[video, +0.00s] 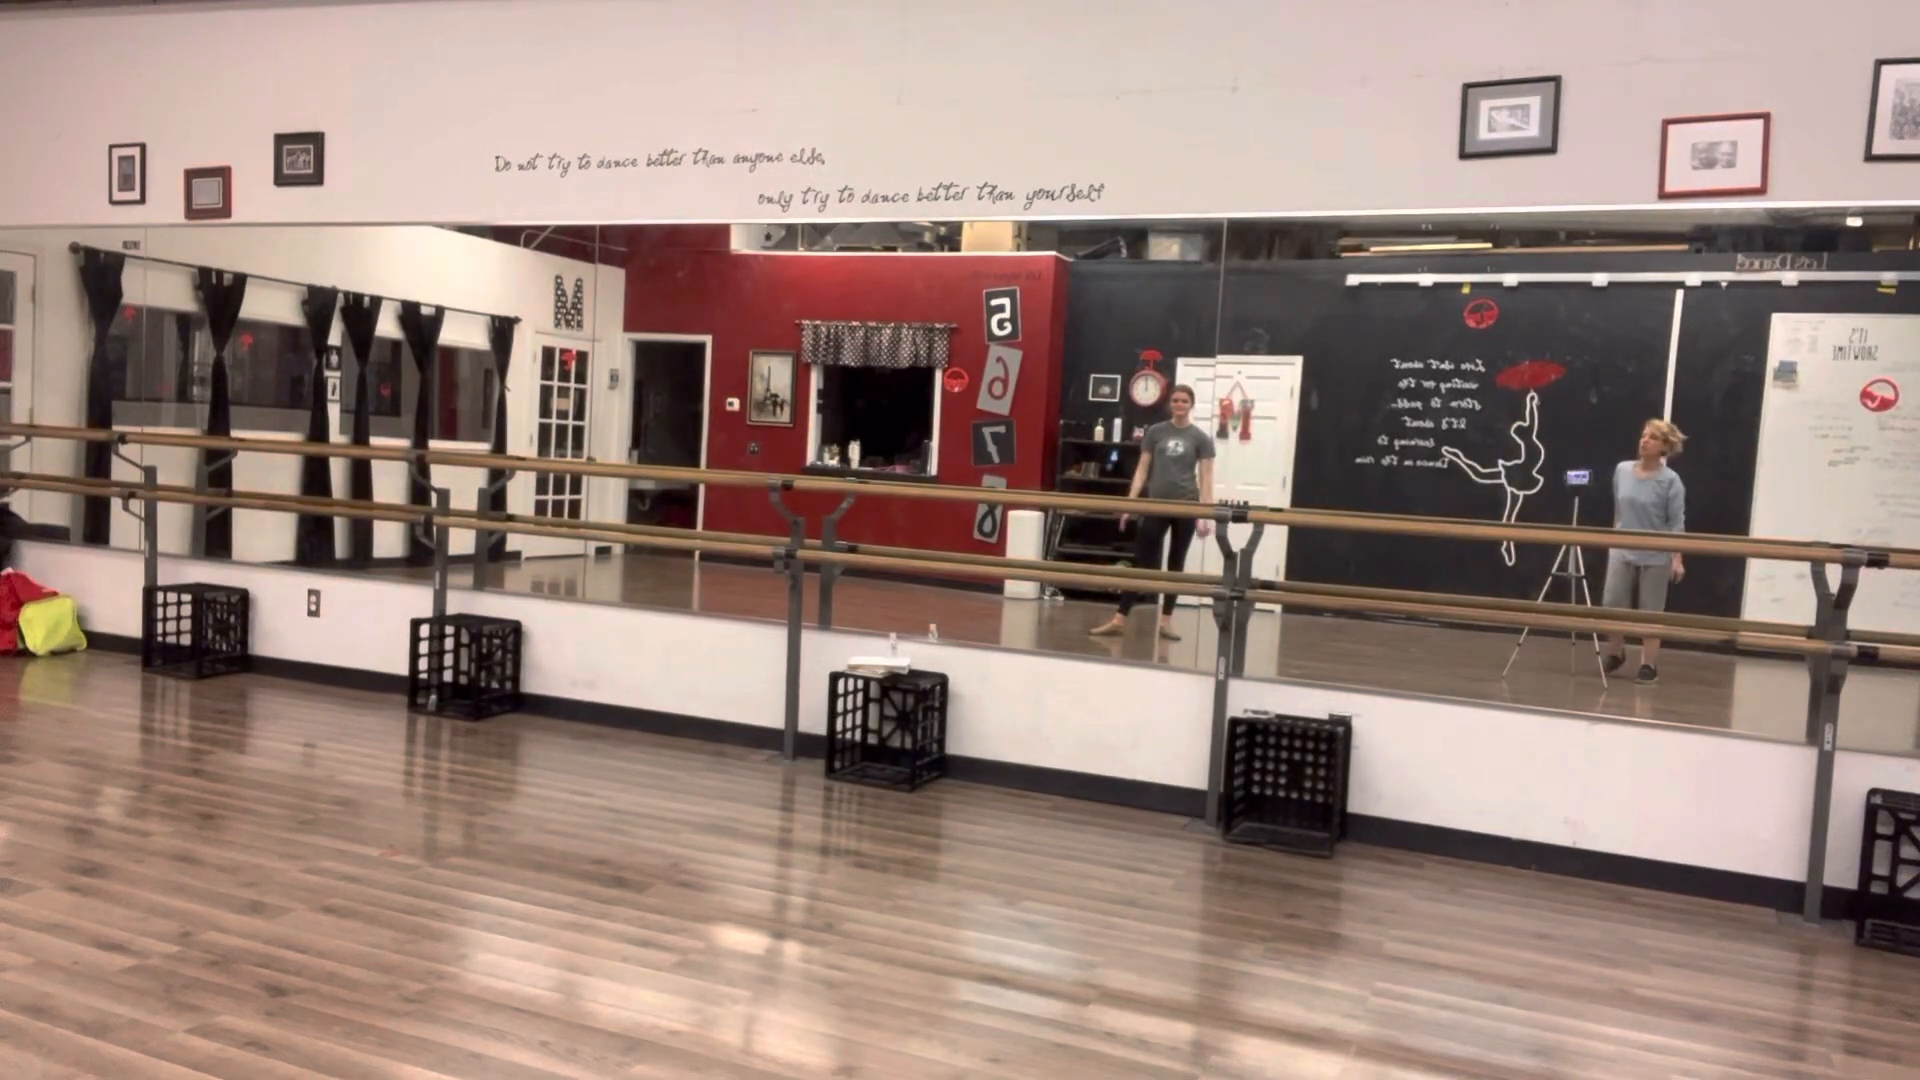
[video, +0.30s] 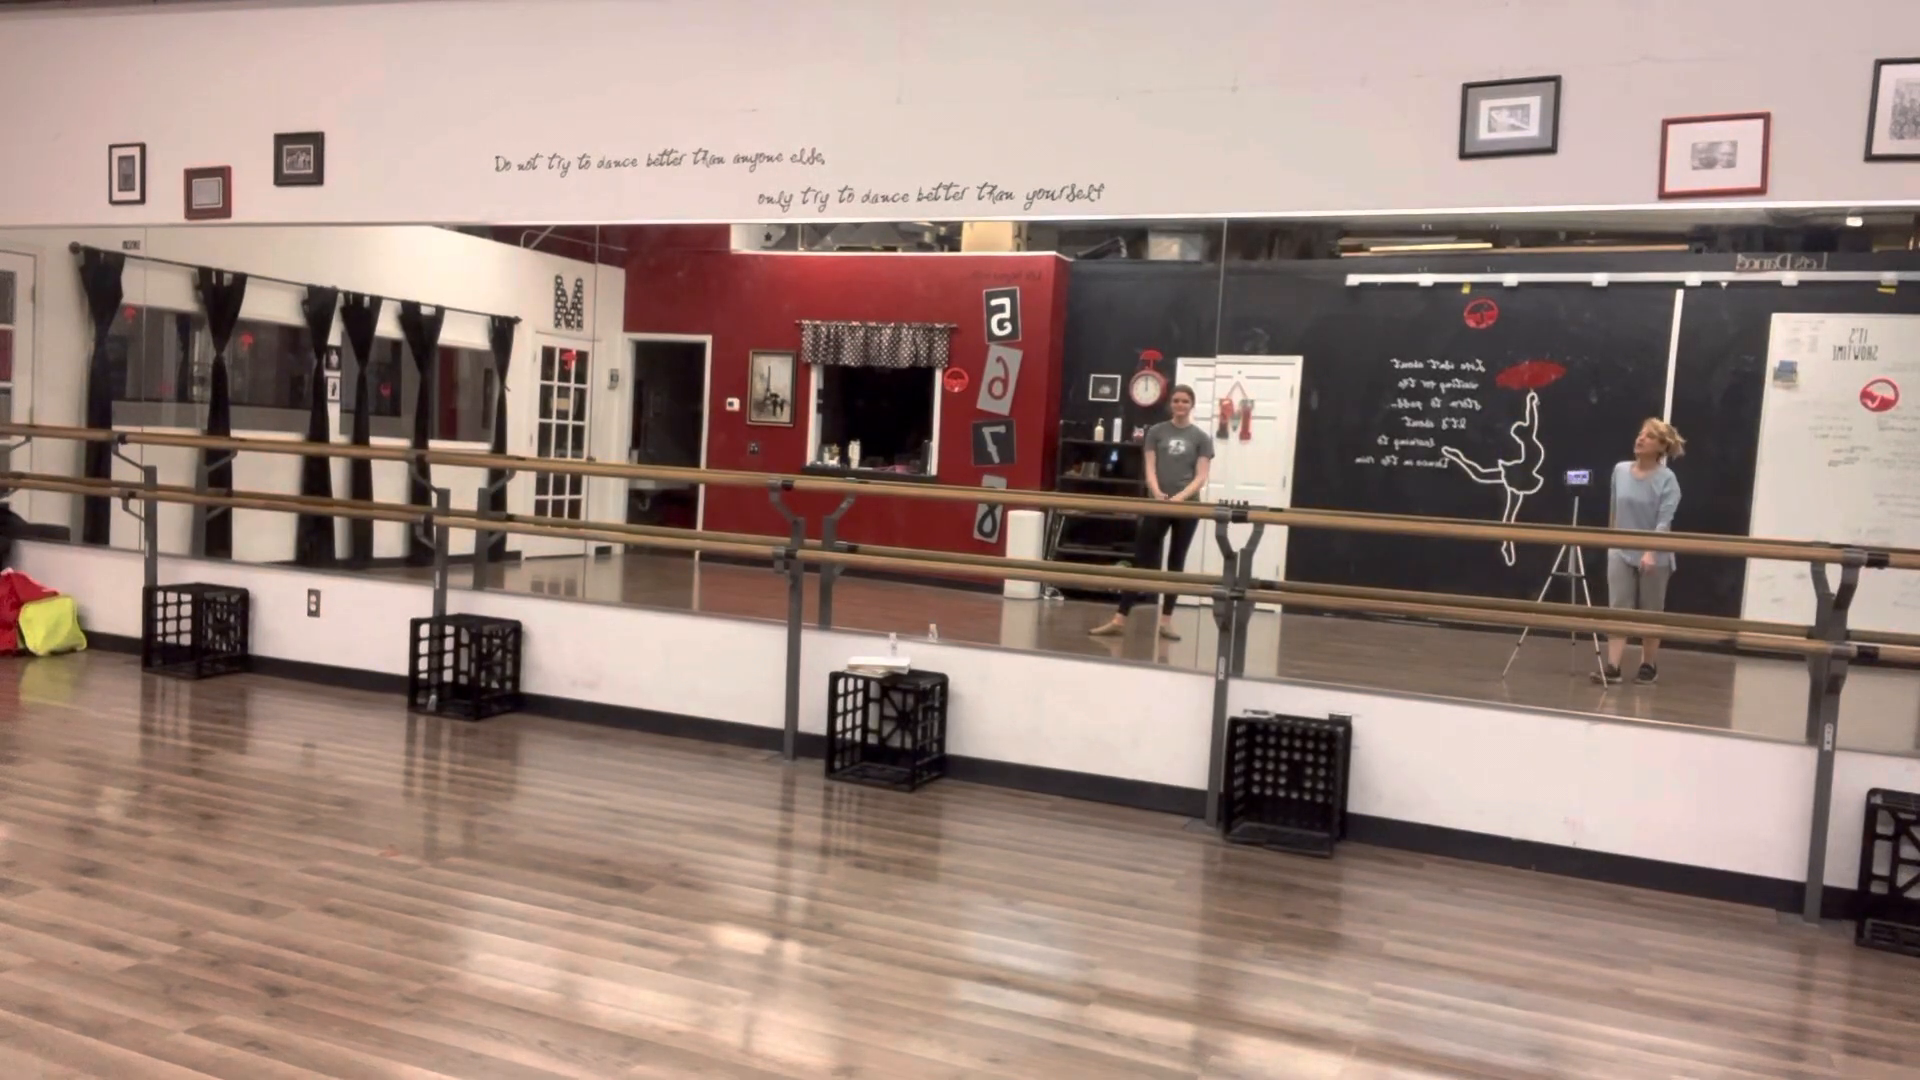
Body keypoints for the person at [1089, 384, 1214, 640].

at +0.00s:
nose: (1179, 405)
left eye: (1184, 401)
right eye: (1176, 401)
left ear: (1191, 405)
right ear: (1170, 404)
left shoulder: (1202, 439)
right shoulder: (1154, 432)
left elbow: (1206, 480)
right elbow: (1141, 470)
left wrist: (1206, 515)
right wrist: (1129, 505)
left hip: (1185, 510)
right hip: (1154, 507)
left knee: (1175, 565)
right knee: (1141, 560)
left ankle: (1165, 620)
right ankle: (1120, 617)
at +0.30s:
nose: (1180, 405)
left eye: (1184, 401)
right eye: (1176, 401)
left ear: (1192, 405)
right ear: (1170, 404)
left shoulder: (1202, 438)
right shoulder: (1154, 432)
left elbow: (1201, 476)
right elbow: (1150, 468)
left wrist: (1181, 496)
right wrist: (1156, 492)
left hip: (1186, 504)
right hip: (1158, 501)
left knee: (1176, 561)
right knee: (1142, 555)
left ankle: (1166, 619)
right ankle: (1120, 617)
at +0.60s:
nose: (1179, 405)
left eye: (1184, 401)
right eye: (1176, 401)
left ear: (1192, 405)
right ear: (1170, 404)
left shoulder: (1202, 438)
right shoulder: (1155, 432)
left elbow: (1209, 479)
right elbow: (1143, 471)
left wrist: (1214, 514)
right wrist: (1131, 508)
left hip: (1187, 510)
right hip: (1155, 507)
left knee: (1176, 564)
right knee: (1141, 560)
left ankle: (1165, 619)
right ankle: (1120, 617)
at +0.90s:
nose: (1180, 404)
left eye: (1185, 401)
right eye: (1176, 400)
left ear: (1192, 405)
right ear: (1170, 404)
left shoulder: (1203, 437)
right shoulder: (1155, 432)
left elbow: (1214, 473)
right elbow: (1142, 469)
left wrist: (1224, 504)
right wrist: (1124, 505)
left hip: (1187, 510)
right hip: (1156, 507)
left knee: (1176, 563)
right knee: (1142, 559)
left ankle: (1165, 619)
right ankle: (1120, 618)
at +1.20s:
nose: (1181, 405)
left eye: (1185, 401)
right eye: (1177, 401)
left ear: (1193, 405)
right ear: (1171, 404)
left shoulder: (1202, 439)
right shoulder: (1155, 432)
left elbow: (1207, 480)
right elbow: (1144, 471)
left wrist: (1204, 513)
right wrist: (1138, 507)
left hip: (1186, 510)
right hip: (1155, 507)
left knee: (1176, 565)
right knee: (1142, 561)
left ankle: (1165, 619)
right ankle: (1120, 617)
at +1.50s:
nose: (1180, 405)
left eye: (1185, 401)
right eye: (1177, 401)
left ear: (1192, 405)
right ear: (1170, 404)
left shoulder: (1202, 438)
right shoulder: (1155, 432)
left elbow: (1201, 475)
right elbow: (1148, 469)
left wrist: (1182, 495)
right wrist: (1160, 494)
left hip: (1187, 503)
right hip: (1158, 500)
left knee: (1177, 560)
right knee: (1143, 555)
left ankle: (1166, 618)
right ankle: (1120, 616)